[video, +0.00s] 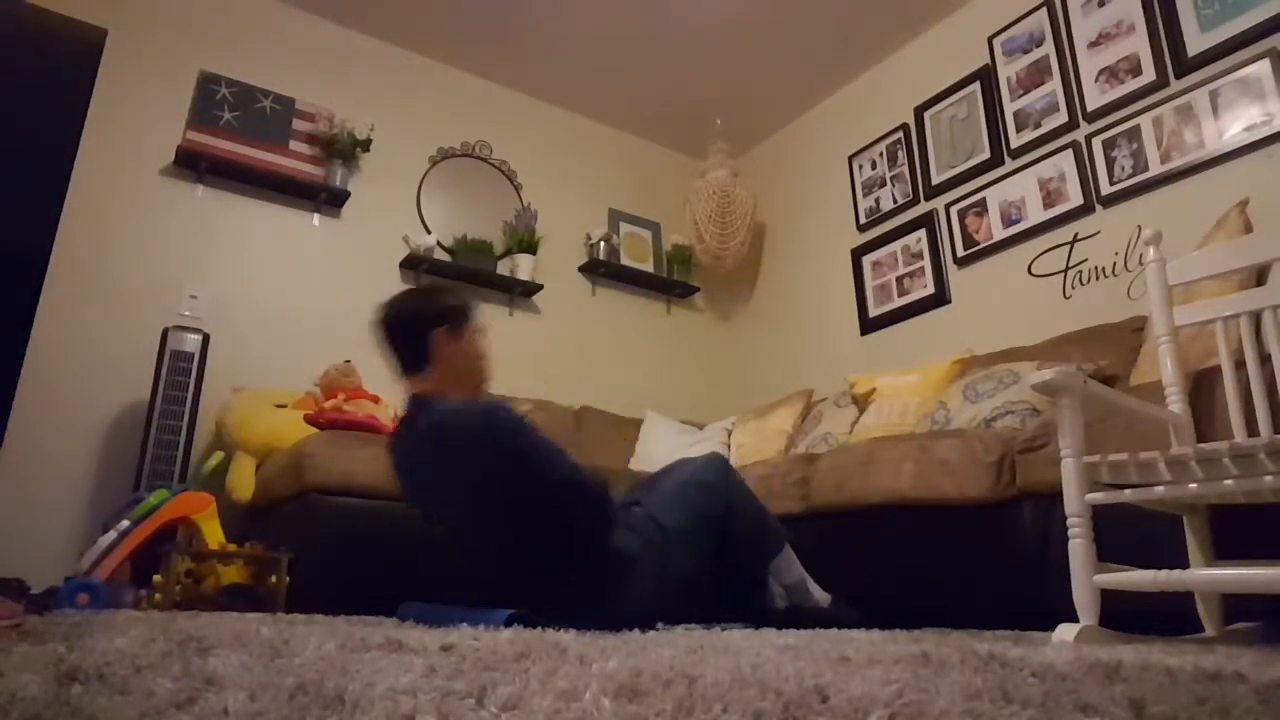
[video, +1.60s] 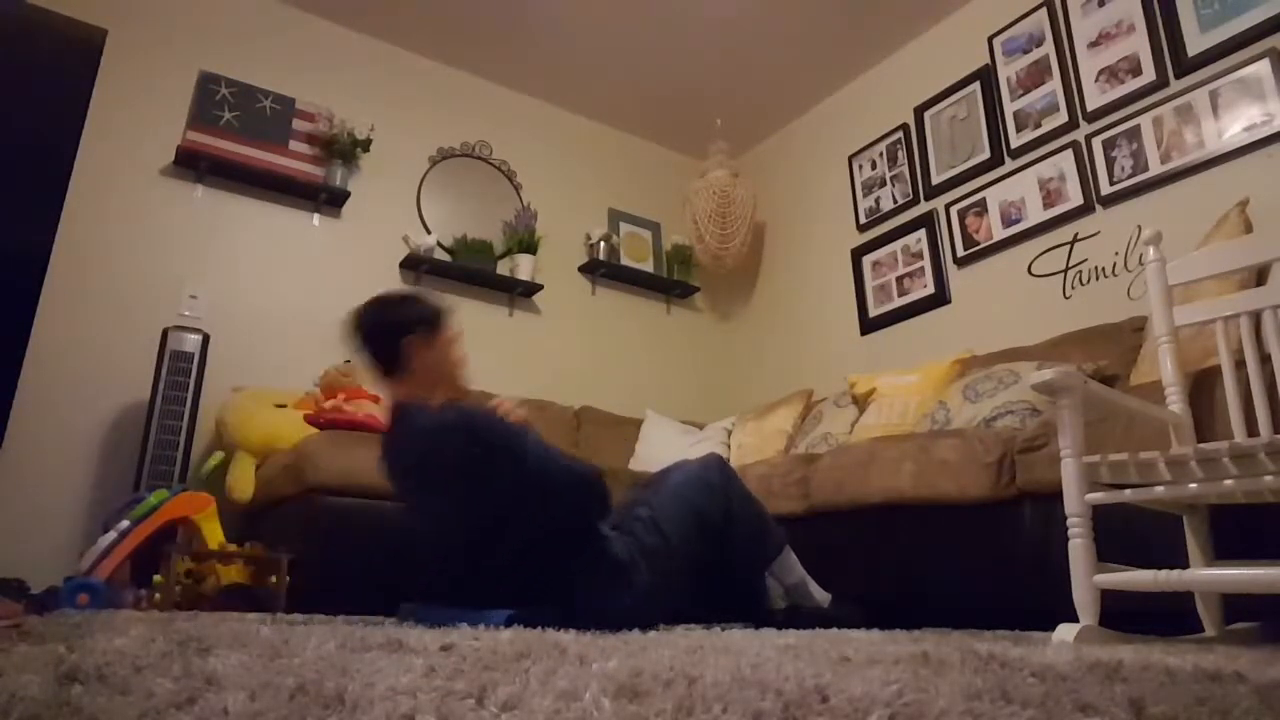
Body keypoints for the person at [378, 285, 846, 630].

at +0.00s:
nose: (485, 347)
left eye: (480, 333)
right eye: (475, 334)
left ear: (422, 351)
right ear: (442, 344)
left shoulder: (409, 442)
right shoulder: (486, 425)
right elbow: (594, 507)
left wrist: (576, 492)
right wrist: (591, 482)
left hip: (534, 600)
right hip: (598, 595)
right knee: (709, 471)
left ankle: (788, 601)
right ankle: (802, 594)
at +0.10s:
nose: (433, 361)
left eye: (424, 348)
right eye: (417, 352)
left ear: (374, 383)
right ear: (385, 377)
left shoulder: (374, 476)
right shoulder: (454, 463)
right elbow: (573, 515)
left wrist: (473, 456)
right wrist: (499, 451)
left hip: (523, 607)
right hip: (587, 600)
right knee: (704, 475)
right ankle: (802, 596)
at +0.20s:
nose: (393, 402)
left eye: (383, 388)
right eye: (377, 394)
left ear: (324, 429)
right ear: (340, 418)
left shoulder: (325, 520)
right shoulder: (411, 495)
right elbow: (554, 515)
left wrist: (444, 467)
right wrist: (469, 463)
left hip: (539, 602)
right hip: (590, 590)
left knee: (722, 560)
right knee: (703, 478)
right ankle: (807, 600)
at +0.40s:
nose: (327, 443)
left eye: (311, 435)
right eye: (308, 445)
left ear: (293, 504)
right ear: (292, 498)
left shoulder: (323, 573)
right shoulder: (376, 553)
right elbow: (539, 532)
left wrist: (442, 493)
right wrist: (447, 495)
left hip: (562, 574)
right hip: (597, 586)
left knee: (661, 483)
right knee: (704, 479)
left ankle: (774, 603)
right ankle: (808, 612)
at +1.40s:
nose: (370, 424)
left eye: (357, 414)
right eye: (350, 421)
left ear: (313, 466)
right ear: (316, 460)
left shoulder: (323, 559)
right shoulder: (392, 531)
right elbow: (545, 515)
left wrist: (447, 472)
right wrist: (458, 477)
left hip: (555, 604)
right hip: (596, 594)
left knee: (659, 498)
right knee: (704, 478)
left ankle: (780, 605)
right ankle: (802, 601)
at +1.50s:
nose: (400, 383)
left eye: (389, 371)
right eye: (386, 376)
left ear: (341, 417)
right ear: (356, 406)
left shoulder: (364, 501)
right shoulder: (432, 480)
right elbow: (569, 505)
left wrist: (443, 456)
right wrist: (484, 454)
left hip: (541, 593)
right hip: (596, 588)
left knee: (668, 494)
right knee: (706, 477)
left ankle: (775, 613)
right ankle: (807, 599)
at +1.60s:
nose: (459, 351)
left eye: (453, 339)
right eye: (448, 340)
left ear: (397, 359)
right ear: (414, 351)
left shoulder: (407, 440)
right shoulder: (465, 434)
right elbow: (590, 492)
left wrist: (499, 428)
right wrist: (527, 434)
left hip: (529, 596)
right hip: (591, 596)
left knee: (683, 486)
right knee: (708, 474)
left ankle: (776, 608)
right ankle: (810, 599)